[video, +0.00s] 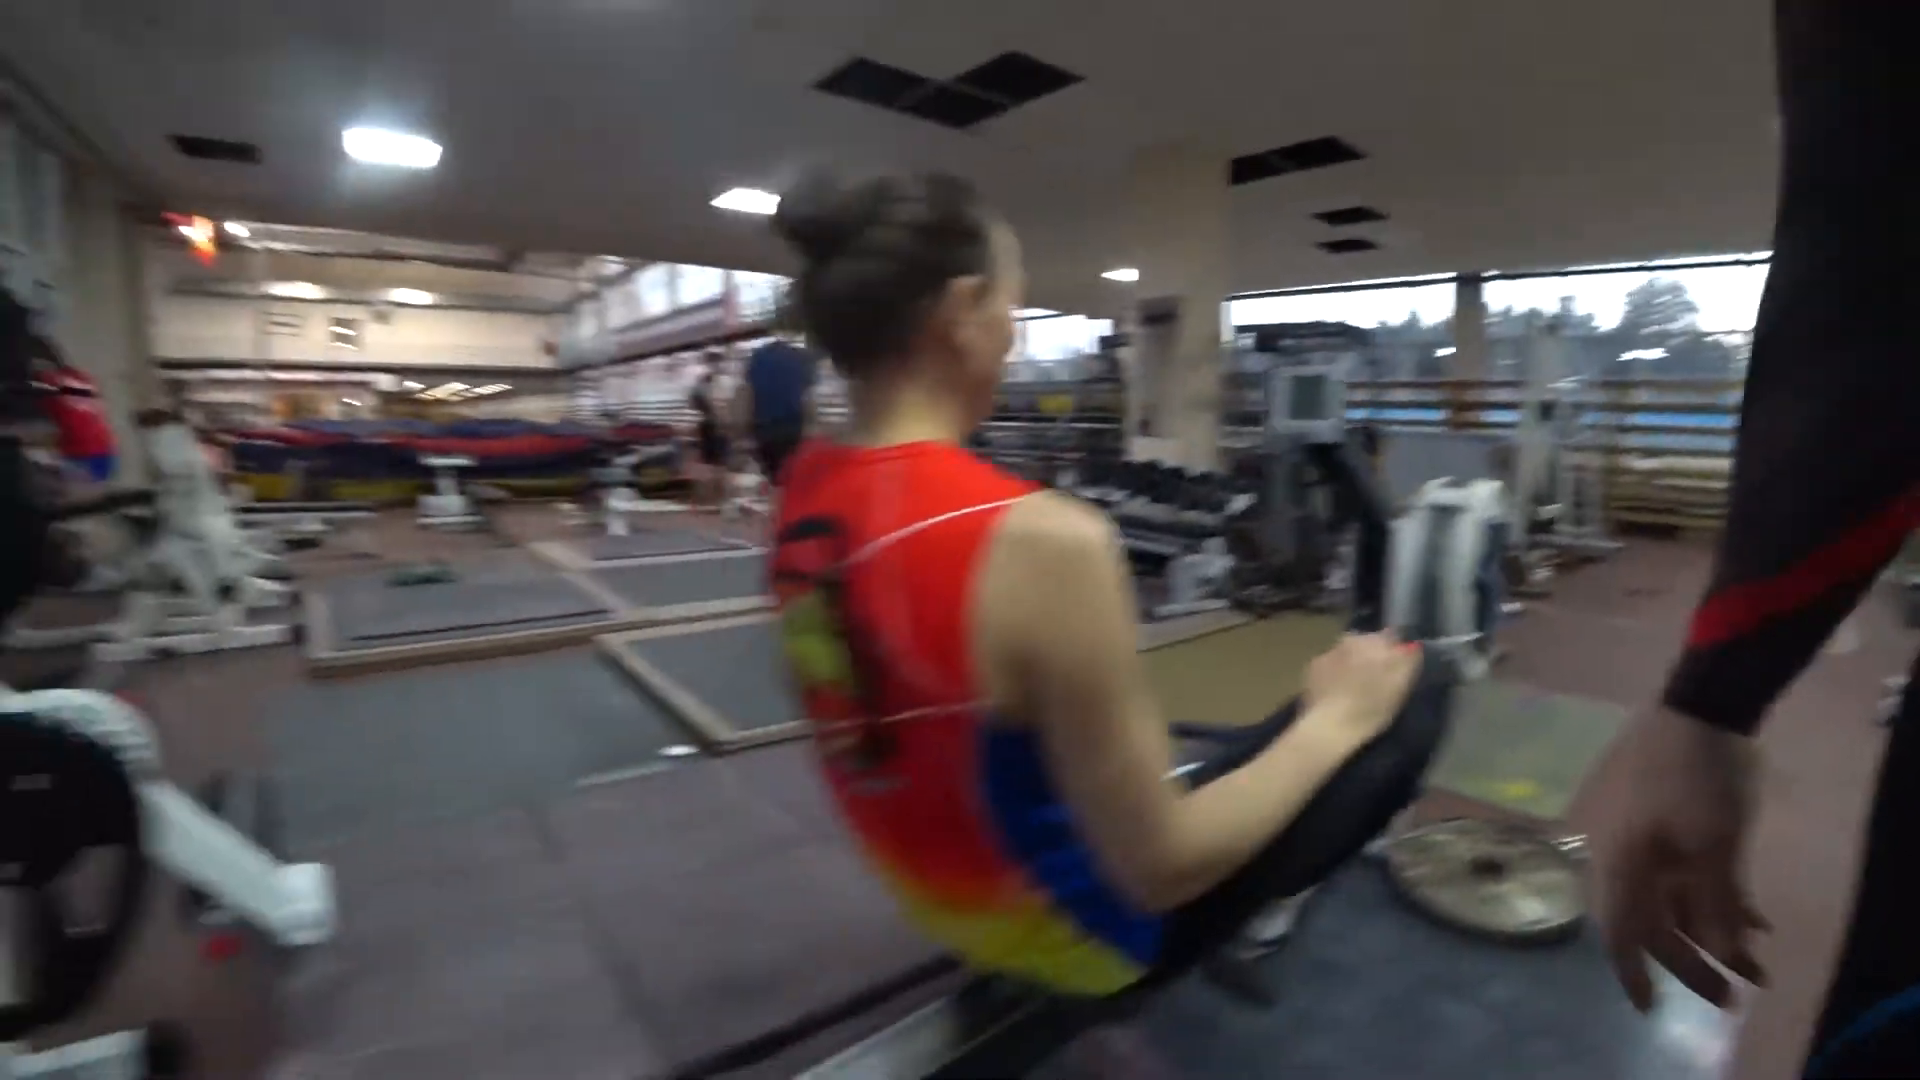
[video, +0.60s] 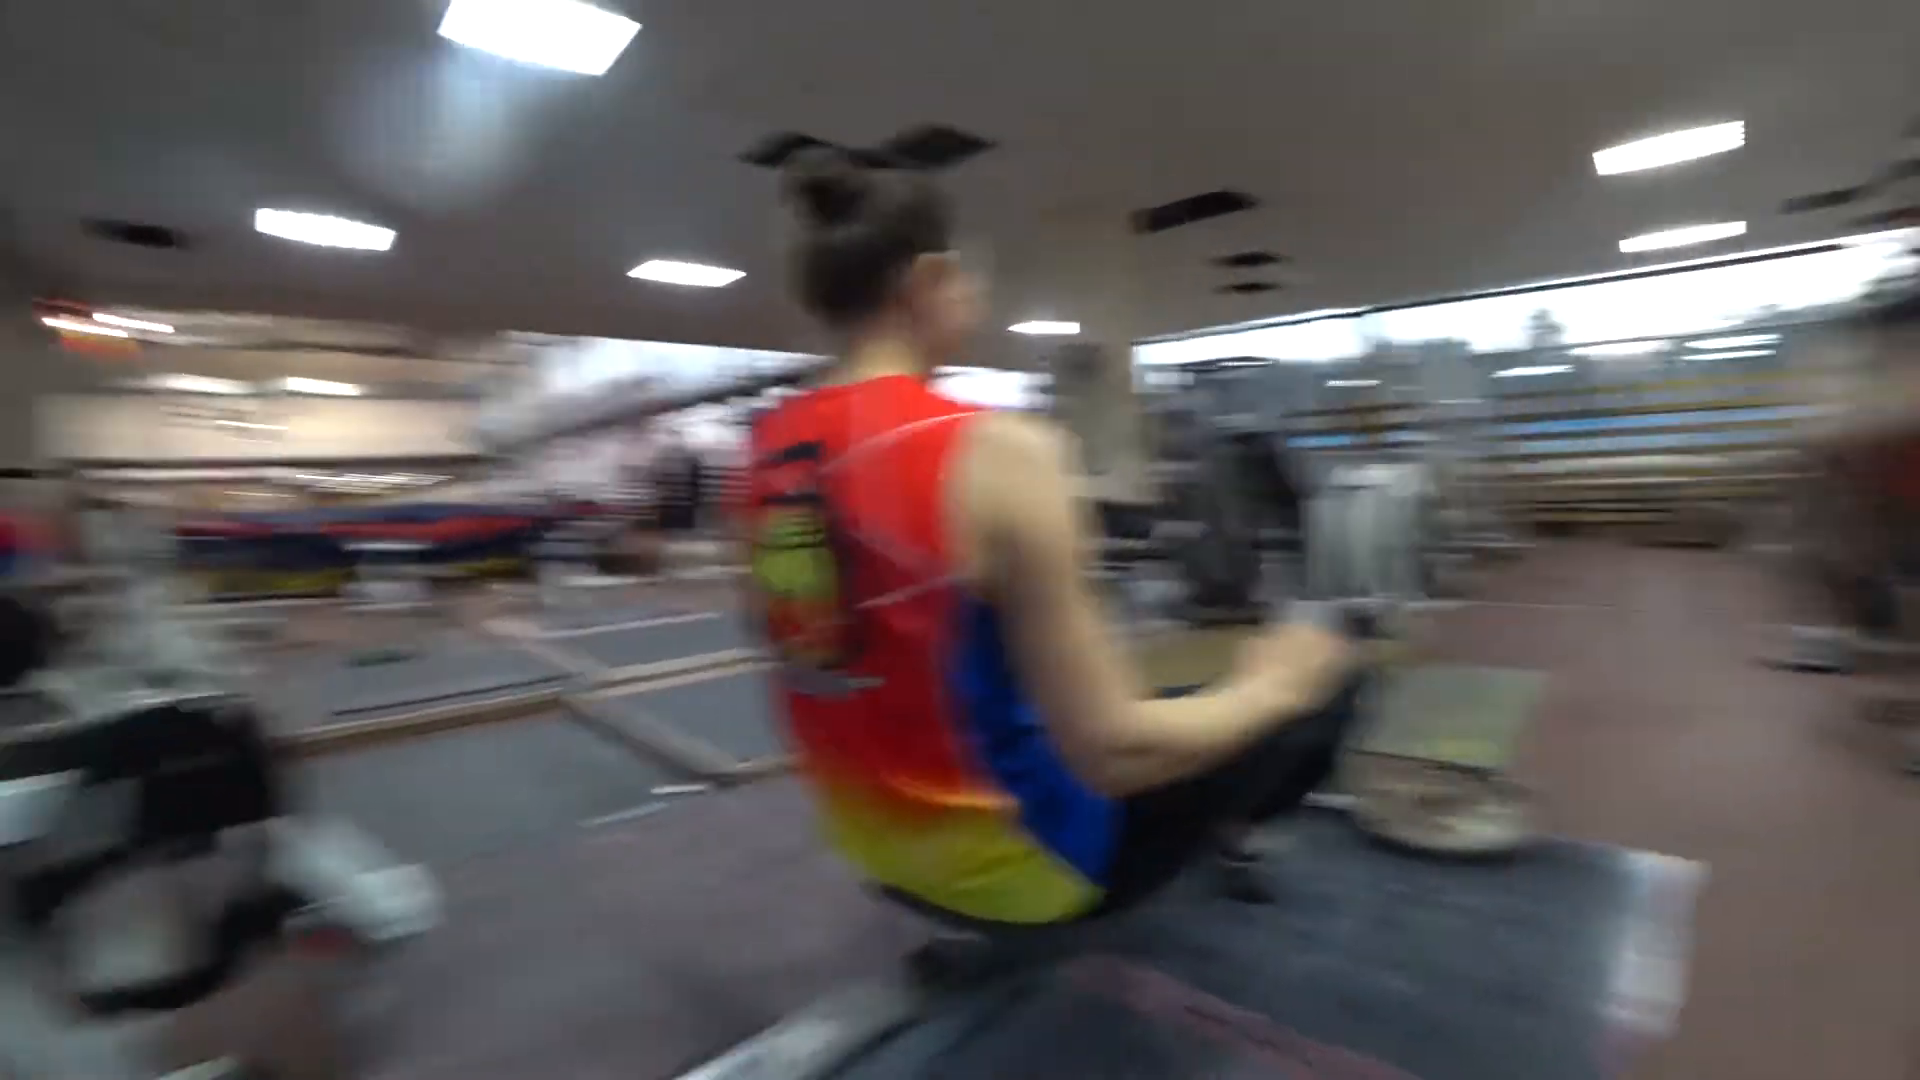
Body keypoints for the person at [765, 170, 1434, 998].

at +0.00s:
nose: (1016, 330)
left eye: (1016, 305)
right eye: (1010, 304)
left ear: (846, 327)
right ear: (958, 318)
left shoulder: (810, 491)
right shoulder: (1043, 545)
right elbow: (1161, 865)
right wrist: (1335, 717)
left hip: (957, 916)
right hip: (1093, 946)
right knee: (1410, 686)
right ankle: (1260, 914)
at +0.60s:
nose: (978, 302)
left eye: (974, 279)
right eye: (967, 278)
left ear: (824, 295)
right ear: (922, 285)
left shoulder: (776, 448)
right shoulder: (999, 456)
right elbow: (1109, 750)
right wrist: (1267, 687)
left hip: (888, 864)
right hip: (1030, 883)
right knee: (1322, 668)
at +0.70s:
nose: (1196, 289)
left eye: (1188, 261)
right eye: (1177, 261)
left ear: (1035, 285)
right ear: (1126, 273)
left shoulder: (984, 442)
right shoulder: (1196, 438)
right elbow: (1323, 743)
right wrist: (1513, 702)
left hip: (1093, 869)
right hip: (1240, 886)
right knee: (1543, 714)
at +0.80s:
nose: (1462, 274)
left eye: (1457, 243)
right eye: (1444, 243)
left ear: (1290, 271)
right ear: (1385, 254)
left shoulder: (1229, 436)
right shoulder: (1480, 447)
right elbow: (1611, 797)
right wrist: (1817, 788)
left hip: (1310, 917)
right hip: (1474, 950)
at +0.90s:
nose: (1682, 263)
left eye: (1682, 231)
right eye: (1674, 230)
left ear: (1504, 252)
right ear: (1620, 230)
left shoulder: (1405, 423)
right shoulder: (1706, 448)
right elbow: (1828, 861)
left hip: (1442, 940)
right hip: (1637, 992)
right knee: (1898, 998)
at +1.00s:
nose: (1750, 275)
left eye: (1754, 244)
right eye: (1749, 242)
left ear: (1556, 233)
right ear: (1691, 219)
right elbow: (1865, 903)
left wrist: (1724, 839)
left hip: (1457, 967)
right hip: (1652, 1010)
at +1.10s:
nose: (1633, 268)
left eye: (1639, 235)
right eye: (1625, 232)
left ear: (1438, 242)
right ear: (1547, 232)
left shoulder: (1335, 404)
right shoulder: (1587, 439)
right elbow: (1682, 865)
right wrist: (1867, 897)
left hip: (1316, 952)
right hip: (1483, 998)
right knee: (1877, 1015)